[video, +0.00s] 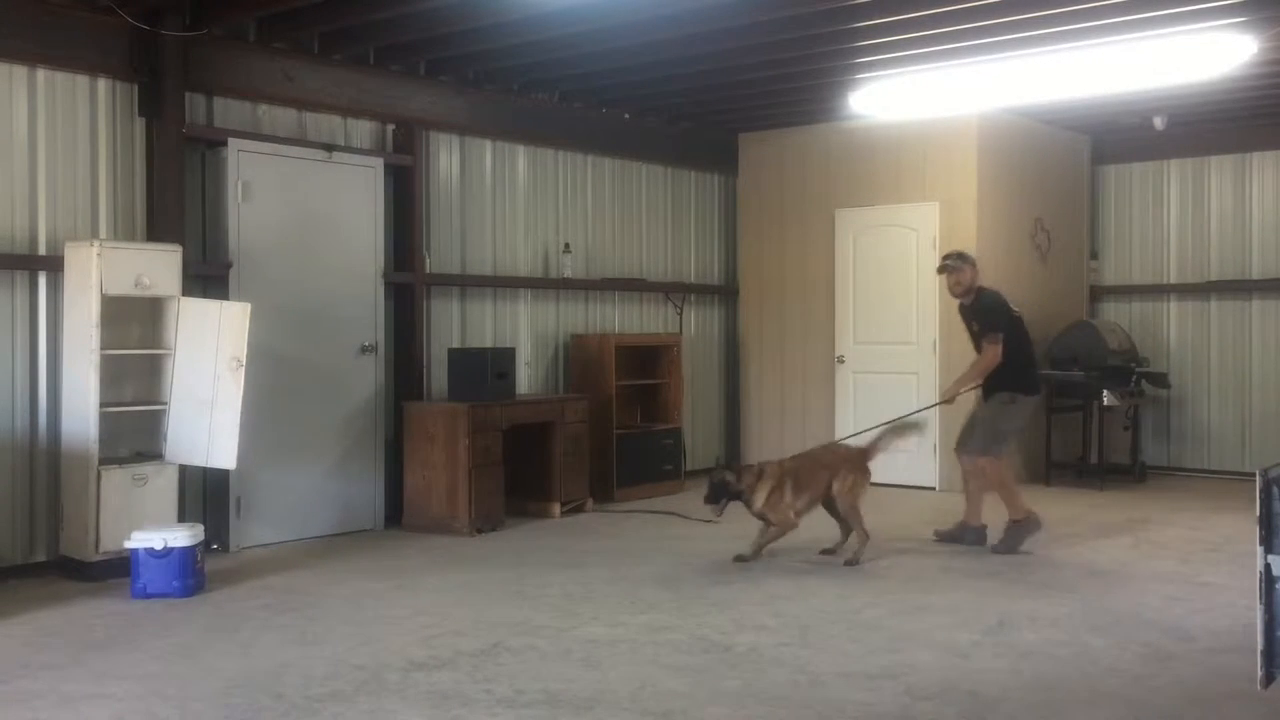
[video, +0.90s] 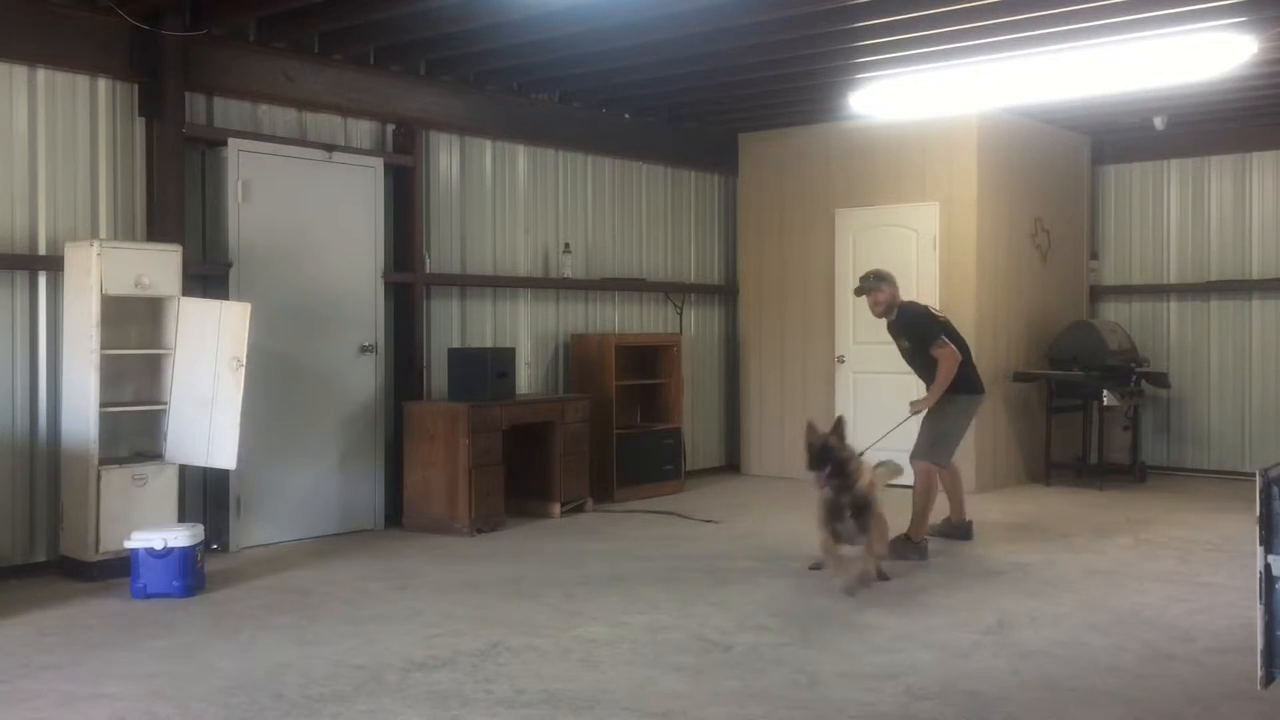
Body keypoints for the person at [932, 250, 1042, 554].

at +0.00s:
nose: (953, 278)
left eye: (959, 271)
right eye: (948, 273)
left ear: (974, 273)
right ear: (945, 279)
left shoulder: (988, 301)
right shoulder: (967, 307)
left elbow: (993, 355)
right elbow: (987, 352)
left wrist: (956, 387)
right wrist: (979, 379)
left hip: (1018, 389)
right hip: (997, 389)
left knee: (986, 453)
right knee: (967, 450)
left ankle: (1021, 518)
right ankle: (972, 524)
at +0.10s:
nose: (941, 284)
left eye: (946, 277)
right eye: (937, 279)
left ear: (961, 278)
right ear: (935, 284)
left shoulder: (977, 307)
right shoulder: (957, 309)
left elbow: (989, 357)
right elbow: (981, 356)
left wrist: (953, 388)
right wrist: (967, 385)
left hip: (1000, 391)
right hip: (991, 390)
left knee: (953, 450)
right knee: (969, 450)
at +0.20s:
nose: (930, 287)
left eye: (935, 280)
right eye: (925, 282)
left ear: (950, 279)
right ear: (922, 286)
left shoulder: (966, 309)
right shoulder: (946, 313)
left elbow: (984, 357)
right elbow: (972, 355)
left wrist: (949, 386)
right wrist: (962, 384)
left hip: (992, 392)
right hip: (980, 391)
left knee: (951, 453)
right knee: (944, 454)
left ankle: (958, 527)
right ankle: (968, 524)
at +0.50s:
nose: (892, 304)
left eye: (897, 296)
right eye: (888, 298)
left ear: (914, 295)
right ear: (886, 302)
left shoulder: (928, 321)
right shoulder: (924, 320)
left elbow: (960, 369)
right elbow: (956, 365)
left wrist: (932, 399)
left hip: (969, 399)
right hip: (969, 398)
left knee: (926, 461)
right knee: (941, 459)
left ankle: (914, 539)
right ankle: (966, 517)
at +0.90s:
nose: (872, 300)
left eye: (876, 292)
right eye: (867, 295)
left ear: (893, 291)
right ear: (868, 298)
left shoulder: (911, 316)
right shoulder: (897, 321)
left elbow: (951, 356)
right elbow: (936, 356)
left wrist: (930, 398)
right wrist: (937, 392)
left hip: (959, 392)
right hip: (955, 392)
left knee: (922, 461)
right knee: (942, 460)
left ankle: (915, 539)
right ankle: (959, 522)